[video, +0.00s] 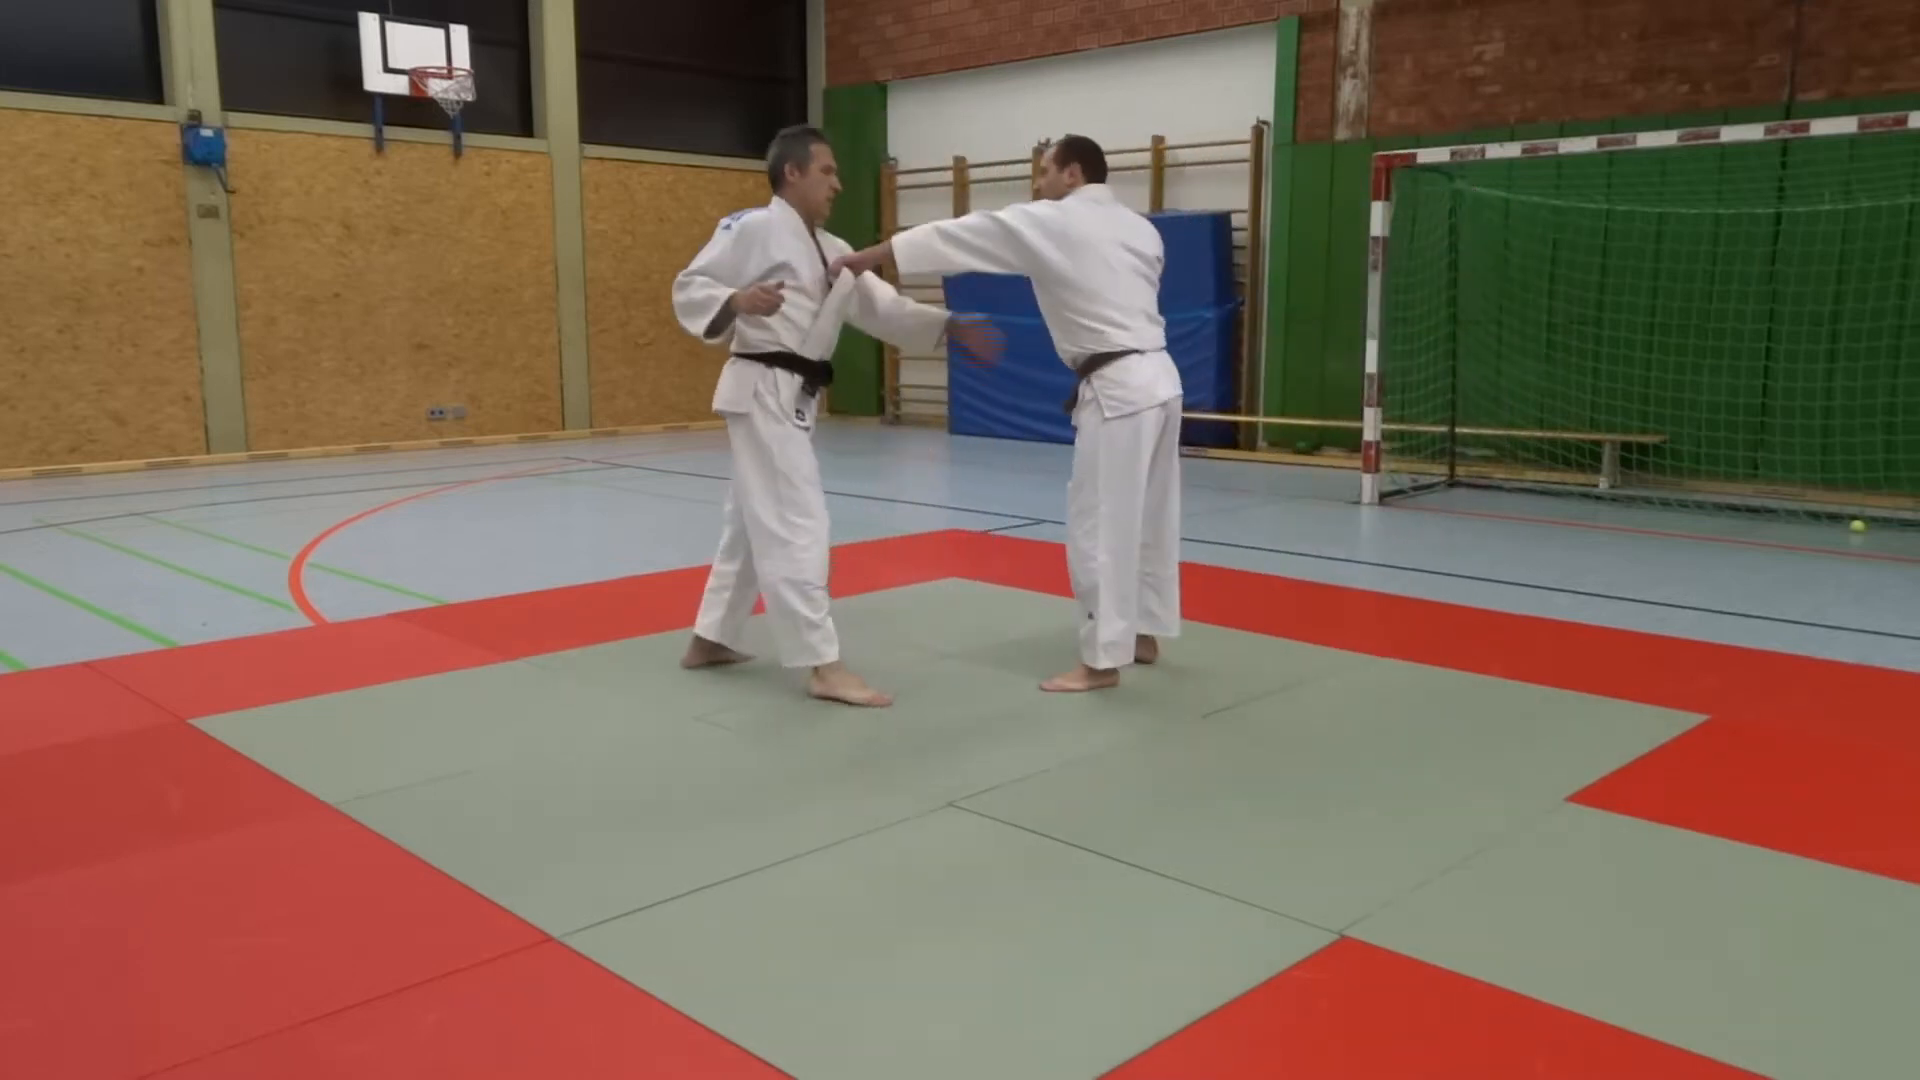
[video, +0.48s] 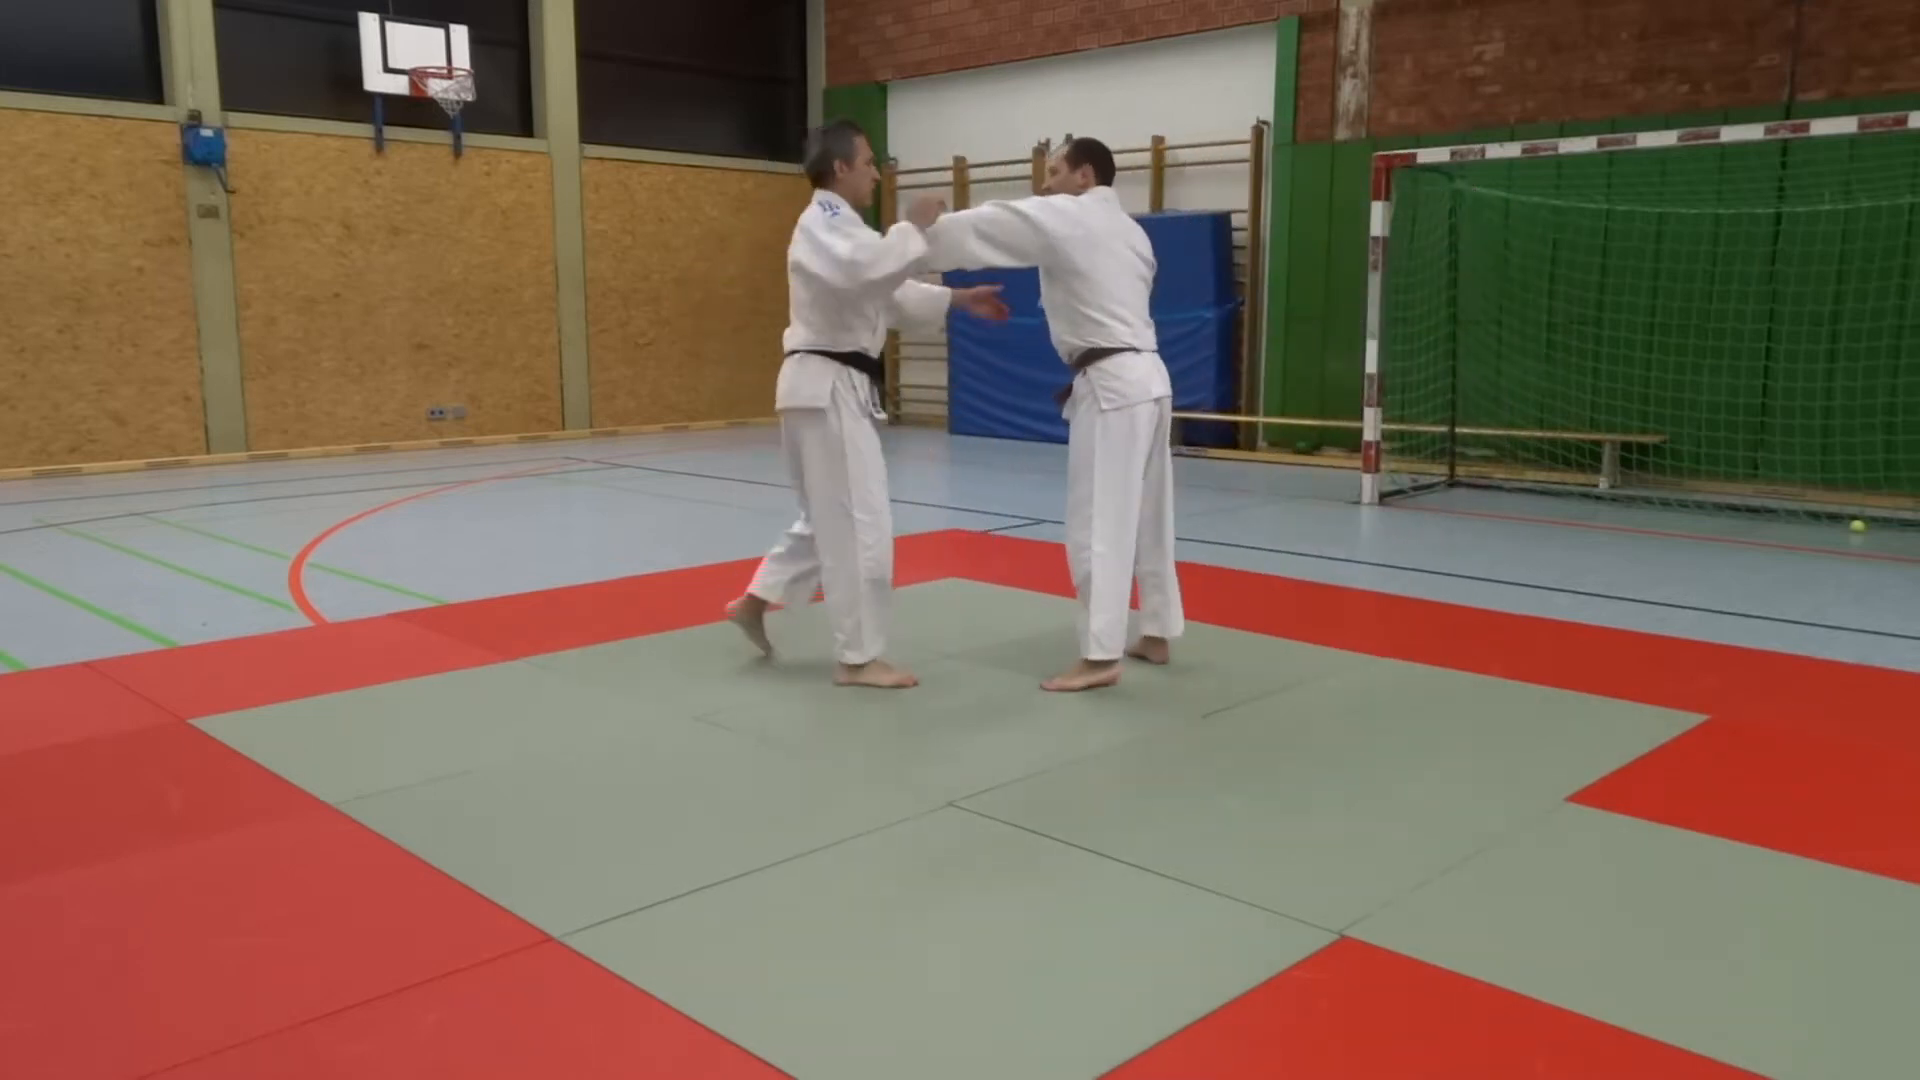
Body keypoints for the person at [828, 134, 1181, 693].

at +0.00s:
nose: (1037, 185)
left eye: (1042, 175)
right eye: (1038, 175)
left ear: (1073, 173)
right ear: (1091, 176)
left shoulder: (1051, 220)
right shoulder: (1139, 226)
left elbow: (958, 235)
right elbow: (1137, 305)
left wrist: (869, 256)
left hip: (1117, 387)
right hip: (1162, 381)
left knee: (1096, 521)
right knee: (1150, 517)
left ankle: (1101, 661)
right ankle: (1143, 635)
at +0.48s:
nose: (1048, 182)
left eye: (1055, 172)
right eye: (1050, 173)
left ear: (1085, 174)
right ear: (1099, 177)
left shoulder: (1061, 215)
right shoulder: (1131, 228)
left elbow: (978, 225)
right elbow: (1128, 311)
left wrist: (913, 238)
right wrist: (1085, 374)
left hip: (1111, 383)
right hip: (1152, 380)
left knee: (1097, 521)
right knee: (1149, 516)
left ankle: (1101, 657)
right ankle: (1156, 635)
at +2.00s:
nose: (1032, 187)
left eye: (1035, 177)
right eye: (1034, 177)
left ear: (1053, 178)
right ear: (1085, 182)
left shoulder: (1027, 224)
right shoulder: (1125, 239)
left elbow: (958, 253)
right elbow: (1142, 332)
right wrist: (1086, 347)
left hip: (1060, 386)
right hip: (1113, 385)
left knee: (1065, 530)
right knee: (1099, 526)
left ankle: (1095, 661)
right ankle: (1100, 643)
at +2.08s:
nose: (1034, 185)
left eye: (1037, 176)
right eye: (1035, 176)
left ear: (1058, 177)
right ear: (1084, 180)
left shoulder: (1033, 222)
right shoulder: (1127, 242)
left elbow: (961, 256)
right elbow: (1134, 333)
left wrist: (893, 252)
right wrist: (1071, 353)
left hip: (1060, 385)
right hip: (1111, 383)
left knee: (1061, 526)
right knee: (1099, 522)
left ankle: (1093, 657)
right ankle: (1104, 641)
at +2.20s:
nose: (1029, 182)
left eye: (1035, 172)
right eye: (1031, 172)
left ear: (1061, 174)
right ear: (1079, 178)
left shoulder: (1037, 222)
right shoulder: (1125, 242)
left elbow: (956, 262)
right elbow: (1117, 327)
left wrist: (878, 262)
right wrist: (1049, 370)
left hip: (1065, 385)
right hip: (1111, 382)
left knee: (1054, 525)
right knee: (1099, 519)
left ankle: (1092, 649)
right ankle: (1106, 632)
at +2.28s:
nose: (1025, 179)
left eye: (1032, 170)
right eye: (1027, 170)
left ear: (1059, 174)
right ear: (1075, 177)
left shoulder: (1038, 221)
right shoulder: (1121, 239)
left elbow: (957, 260)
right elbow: (1108, 324)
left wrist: (880, 268)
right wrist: (1048, 370)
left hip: (1069, 386)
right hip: (1111, 382)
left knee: (1056, 524)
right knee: (1102, 517)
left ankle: (1092, 648)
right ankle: (1110, 628)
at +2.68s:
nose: (1025, 183)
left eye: (1031, 173)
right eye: (1027, 173)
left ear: (1060, 176)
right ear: (1076, 178)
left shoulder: (1043, 221)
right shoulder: (1123, 241)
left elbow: (965, 254)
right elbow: (1120, 327)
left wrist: (887, 254)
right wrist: (1060, 366)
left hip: (1077, 388)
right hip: (1113, 382)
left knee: (1079, 518)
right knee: (1102, 514)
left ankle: (1112, 647)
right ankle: (1103, 628)